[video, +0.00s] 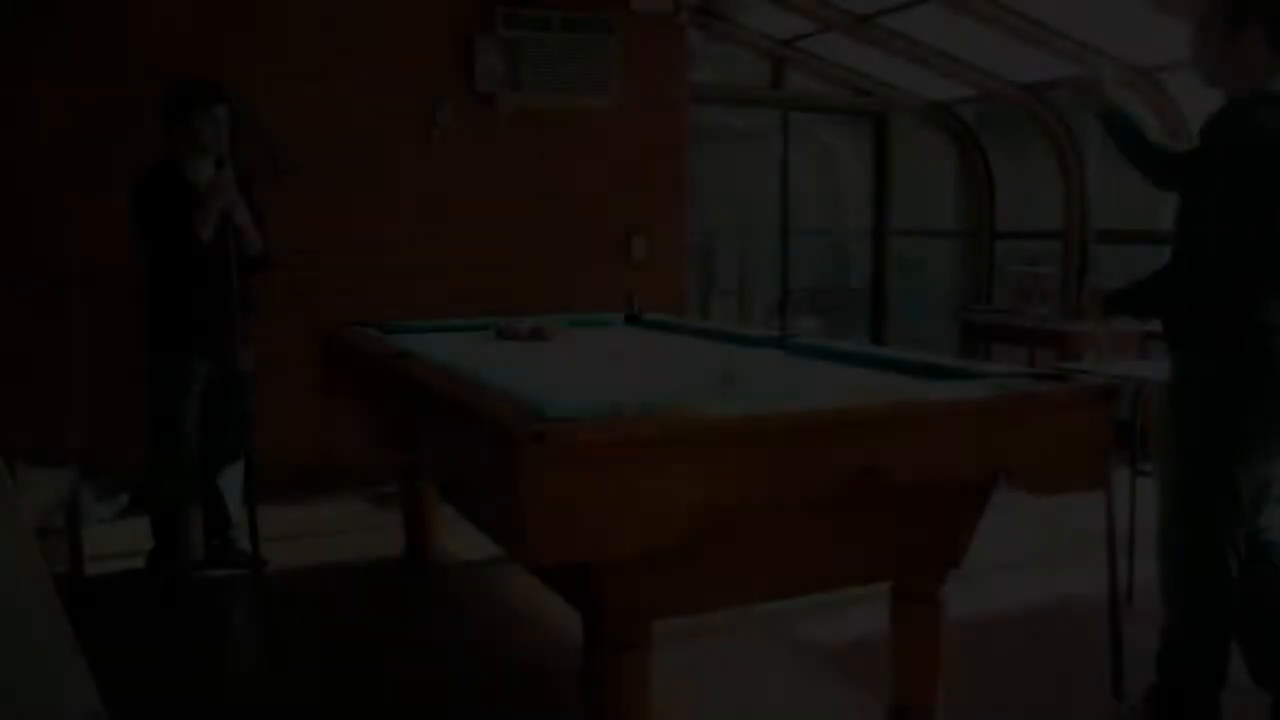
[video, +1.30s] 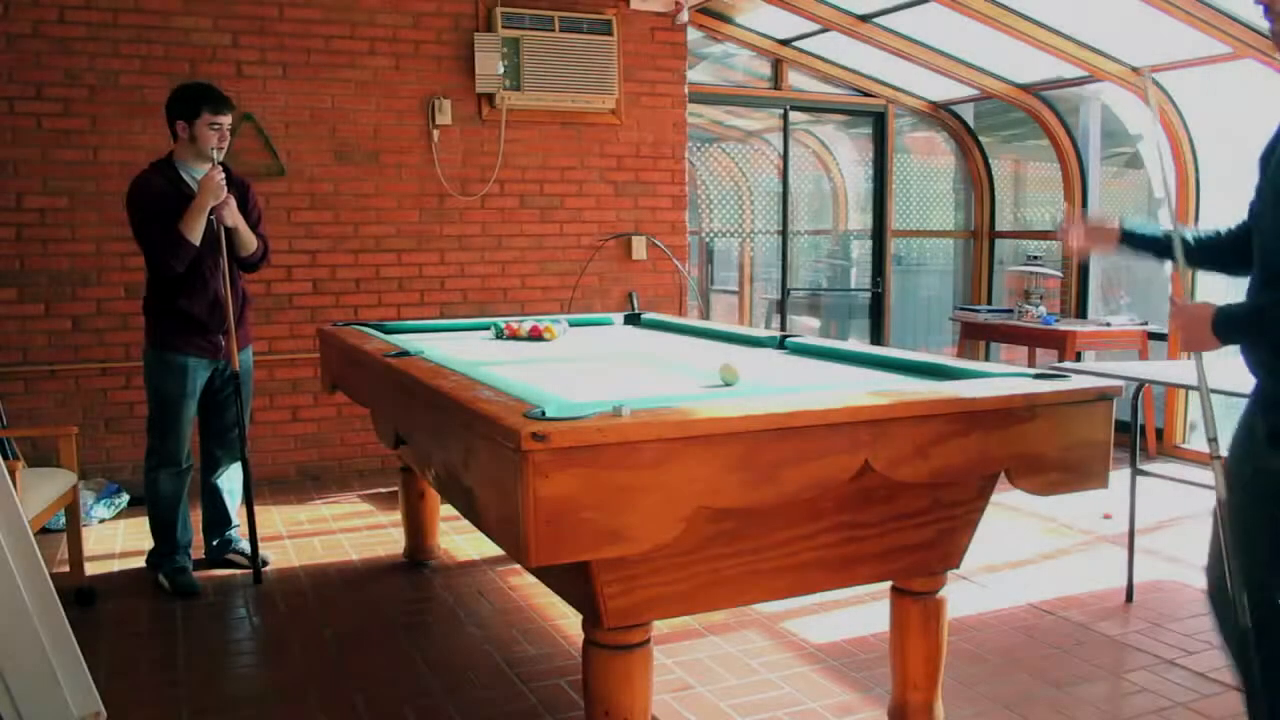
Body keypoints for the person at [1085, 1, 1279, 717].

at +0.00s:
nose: (1195, 52)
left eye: (1205, 35)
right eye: (1198, 37)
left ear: (1240, 41)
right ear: (1252, 43)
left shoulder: (1245, 130)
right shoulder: (1242, 124)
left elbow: (1198, 273)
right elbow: (1172, 173)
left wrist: (1113, 306)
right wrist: (1110, 114)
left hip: (1227, 373)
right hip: (1230, 367)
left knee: (1203, 542)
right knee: (1227, 539)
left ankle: (1188, 697)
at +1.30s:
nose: (1265, 34)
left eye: (1267, 22)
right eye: (1265, 24)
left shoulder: (1273, 158)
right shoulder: (1273, 155)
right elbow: (1244, 250)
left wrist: (1224, 324)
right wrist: (1123, 237)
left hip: (1272, 408)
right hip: (1263, 403)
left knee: (1247, 585)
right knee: (1227, 583)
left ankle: (1262, 702)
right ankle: (1258, 700)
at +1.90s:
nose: (1139, 17)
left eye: (1149, 2)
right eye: (1142, 4)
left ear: (1203, 3)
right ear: (1207, 10)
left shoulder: (1271, 92)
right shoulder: (1198, 115)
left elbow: (1273, 288)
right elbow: (1141, 255)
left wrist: (1167, 329)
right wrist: (1042, 328)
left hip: (1264, 415)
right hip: (1186, 409)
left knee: (1271, 653)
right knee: (1155, 625)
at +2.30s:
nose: (1043, 31)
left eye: (1051, 12)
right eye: (1045, 15)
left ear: (1097, 9)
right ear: (1101, 14)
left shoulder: (1181, 74)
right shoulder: (1121, 111)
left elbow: (1234, 231)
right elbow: (1127, 276)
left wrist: (1074, 276)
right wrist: (1021, 334)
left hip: (1218, 406)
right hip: (1155, 407)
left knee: (1194, 631)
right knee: (1125, 631)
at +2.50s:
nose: (1022, 29)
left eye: (1027, 11)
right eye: (1022, 13)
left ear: (1070, 8)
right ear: (1088, 13)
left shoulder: (1137, 80)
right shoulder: (1137, 80)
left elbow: (1163, 247)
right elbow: (1145, 283)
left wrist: (1019, 247)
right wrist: (1037, 327)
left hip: (1173, 402)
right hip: (1175, 397)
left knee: (1112, 643)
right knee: (1155, 628)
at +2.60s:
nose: (1011, 29)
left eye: (1016, 11)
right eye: (1011, 13)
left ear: (1057, 7)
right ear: (1079, 11)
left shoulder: (1106, 85)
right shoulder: (1135, 81)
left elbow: (1108, 259)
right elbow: (1142, 276)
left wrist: (987, 224)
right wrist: (1043, 349)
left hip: (1142, 414)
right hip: (1177, 406)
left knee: (1079, 645)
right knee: (1147, 628)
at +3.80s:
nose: (830, 49)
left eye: (830, 35)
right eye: (832, 35)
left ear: (843, 35)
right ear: (918, 38)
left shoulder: (816, 133)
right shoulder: (1002, 117)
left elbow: (758, 258)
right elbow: (1090, 239)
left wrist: (743, 355)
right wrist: (1050, 376)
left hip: (877, 400)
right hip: (986, 401)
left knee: (850, 625)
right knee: (949, 625)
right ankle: (937, 718)